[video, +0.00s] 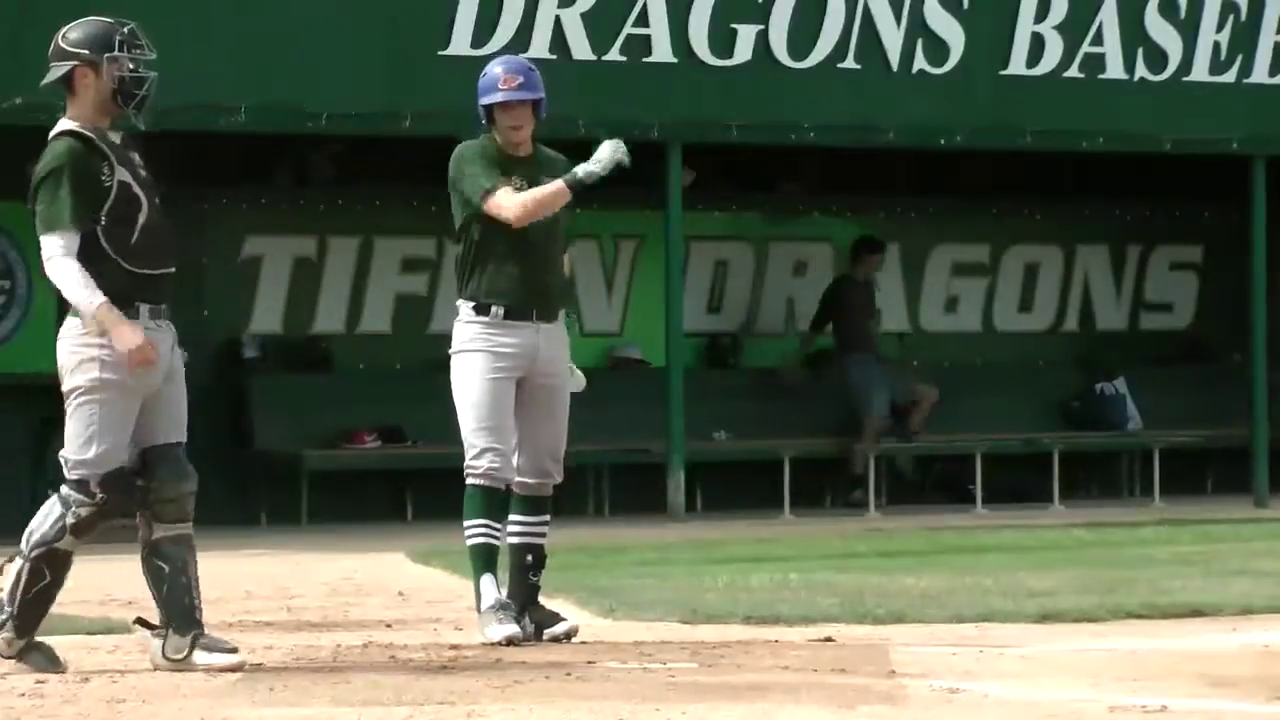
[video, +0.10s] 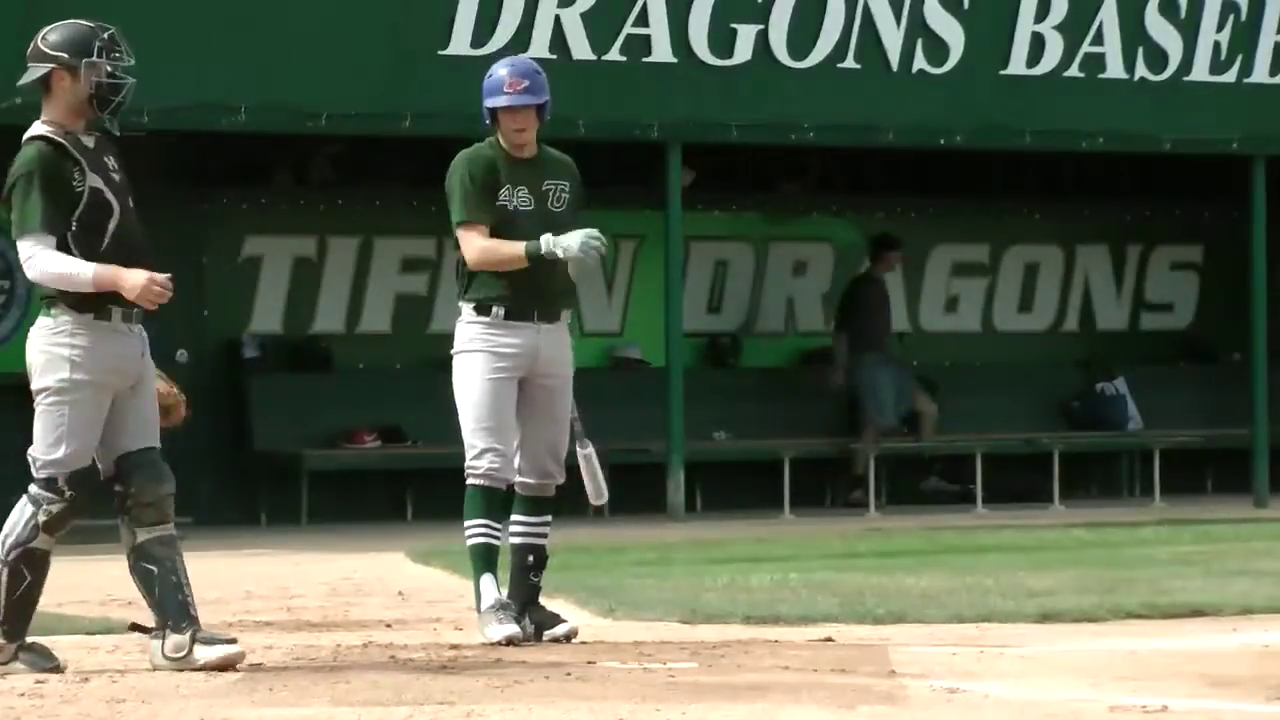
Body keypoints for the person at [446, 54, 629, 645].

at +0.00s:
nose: (515, 119)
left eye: (524, 108)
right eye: (504, 109)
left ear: (539, 108)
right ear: (486, 112)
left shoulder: (556, 168)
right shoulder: (470, 158)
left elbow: (556, 261)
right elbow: (514, 209)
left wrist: (566, 346)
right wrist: (582, 175)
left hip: (547, 335)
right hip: (486, 335)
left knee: (539, 471)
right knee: (488, 464)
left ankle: (526, 604)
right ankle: (491, 604)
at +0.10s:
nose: (518, 121)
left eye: (527, 110)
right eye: (507, 111)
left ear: (542, 109)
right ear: (491, 113)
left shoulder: (564, 172)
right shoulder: (472, 166)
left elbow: (564, 258)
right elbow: (475, 251)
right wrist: (549, 246)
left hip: (550, 336)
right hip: (488, 335)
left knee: (542, 471)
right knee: (490, 464)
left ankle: (526, 605)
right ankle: (490, 604)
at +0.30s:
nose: (526, 128)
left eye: (536, 117)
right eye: (515, 118)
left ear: (553, 114)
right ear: (499, 116)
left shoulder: (578, 177)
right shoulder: (469, 172)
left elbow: (578, 265)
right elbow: (425, 253)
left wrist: (579, 332)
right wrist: (466, 291)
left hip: (556, 338)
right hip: (489, 337)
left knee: (542, 472)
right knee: (490, 464)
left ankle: (526, 605)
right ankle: (490, 604)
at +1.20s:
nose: (521, 156)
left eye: (532, 146)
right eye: (512, 146)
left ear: (551, 139)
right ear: (495, 137)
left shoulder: (577, 193)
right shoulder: (461, 190)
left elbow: (579, 282)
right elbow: (436, 281)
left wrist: (514, 279)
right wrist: (455, 267)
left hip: (548, 355)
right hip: (478, 351)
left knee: (545, 488)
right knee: (475, 470)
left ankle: (523, 608)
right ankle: (467, 607)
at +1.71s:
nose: (491, 163)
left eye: (501, 152)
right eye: (481, 153)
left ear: (517, 140)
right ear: (460, 139)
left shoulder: (542, 185)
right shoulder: (428, 181)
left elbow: (531, 282)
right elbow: (404, 274)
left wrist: (447, 282)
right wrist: (401, 261)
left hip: (539, 346)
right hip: (465, 347)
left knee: (568, 473)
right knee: (458, 471)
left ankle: (601, 572)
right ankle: (466, 609)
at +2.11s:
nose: (528, 160)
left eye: (538, 148)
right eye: (517, 149)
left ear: (553, 140)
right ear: (497, 142)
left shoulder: (577, 189)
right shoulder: (473, 187)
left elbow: (553, 292)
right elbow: (457, 267)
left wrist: (481, 319)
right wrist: (439, 302)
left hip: (594, 349)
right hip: (518, 350)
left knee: (633, 476)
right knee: (487, 474)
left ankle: (684, 613)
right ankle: (472, 611)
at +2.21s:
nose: (552, 164)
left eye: (561, 152)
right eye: (540, 154)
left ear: (577, 144)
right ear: (521, 147)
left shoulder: (604, 193)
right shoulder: (496, 194)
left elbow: (593, 293)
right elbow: (484, 276)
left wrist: (528, 346)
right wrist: (480, 331)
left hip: (613, 348)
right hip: (536, 351)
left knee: (645, 473)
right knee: (501, 474)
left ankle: (687, 613)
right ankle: (476, 612)